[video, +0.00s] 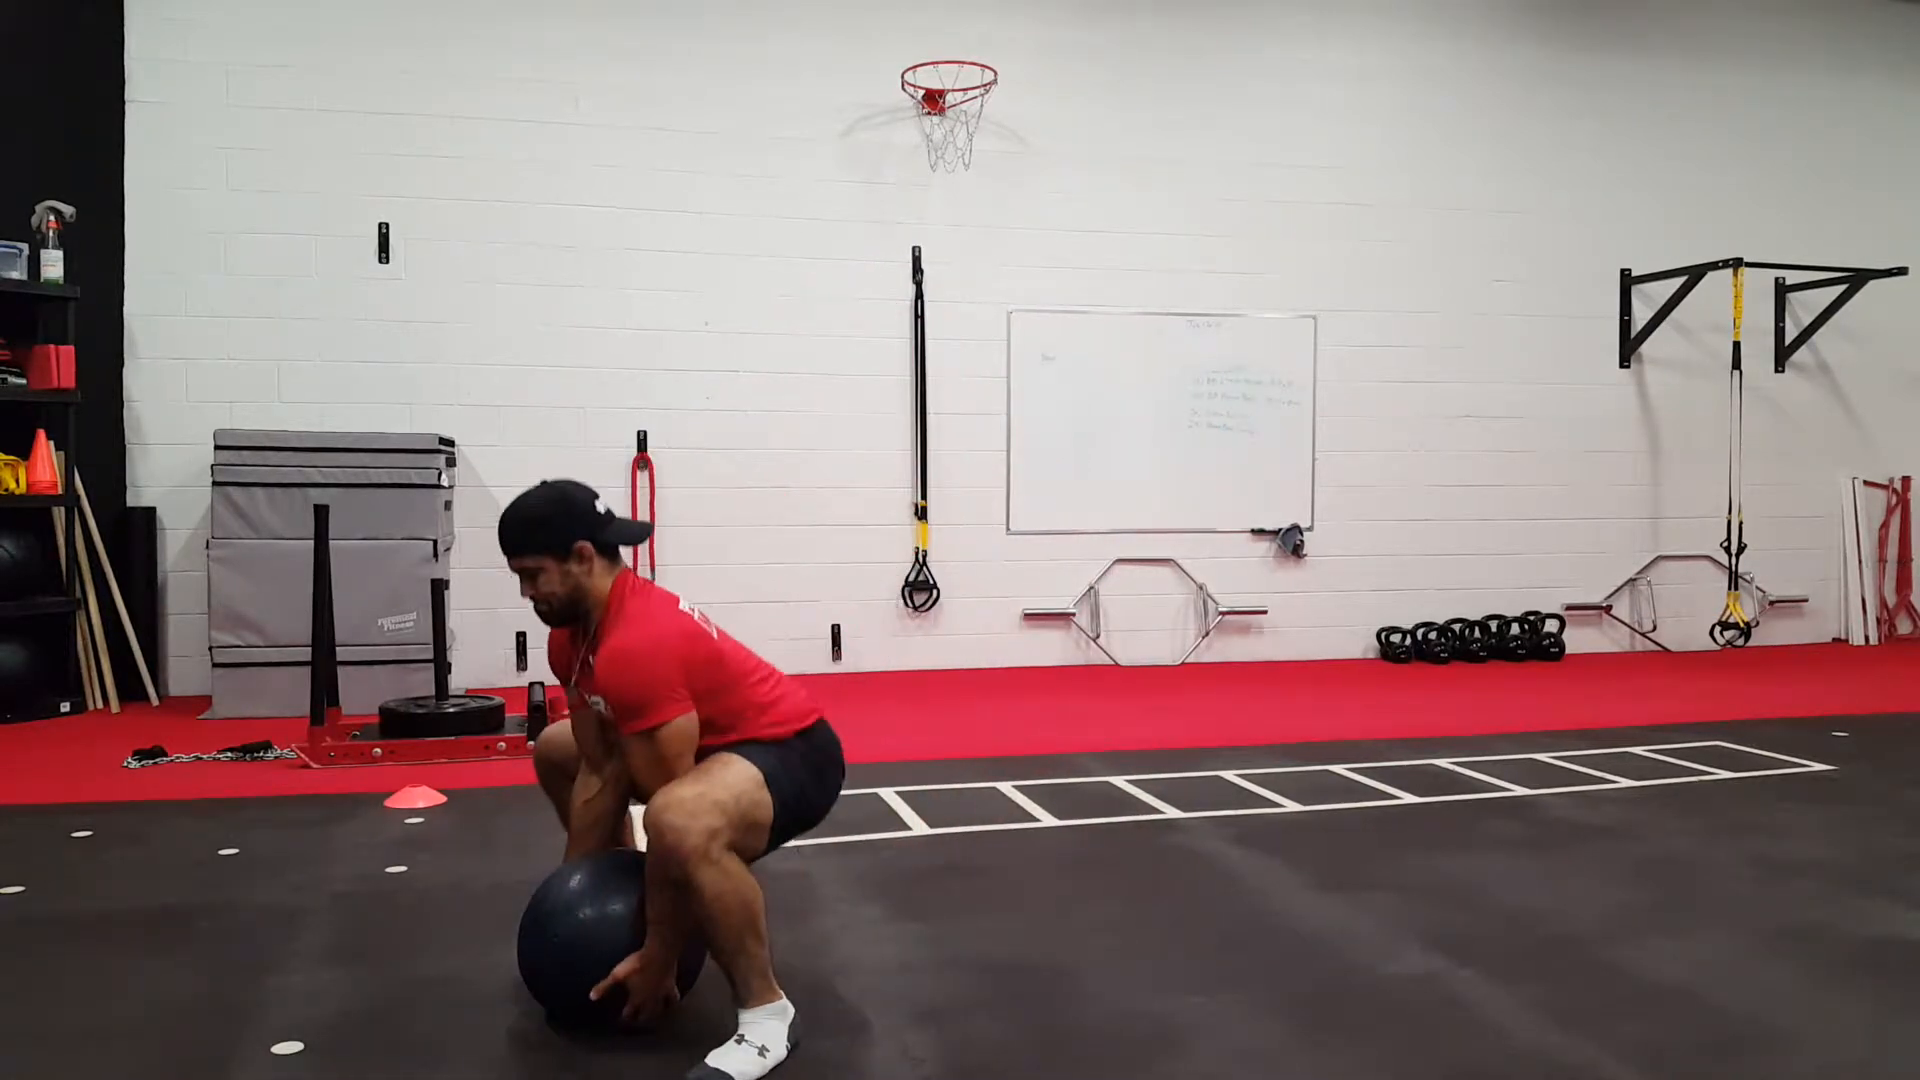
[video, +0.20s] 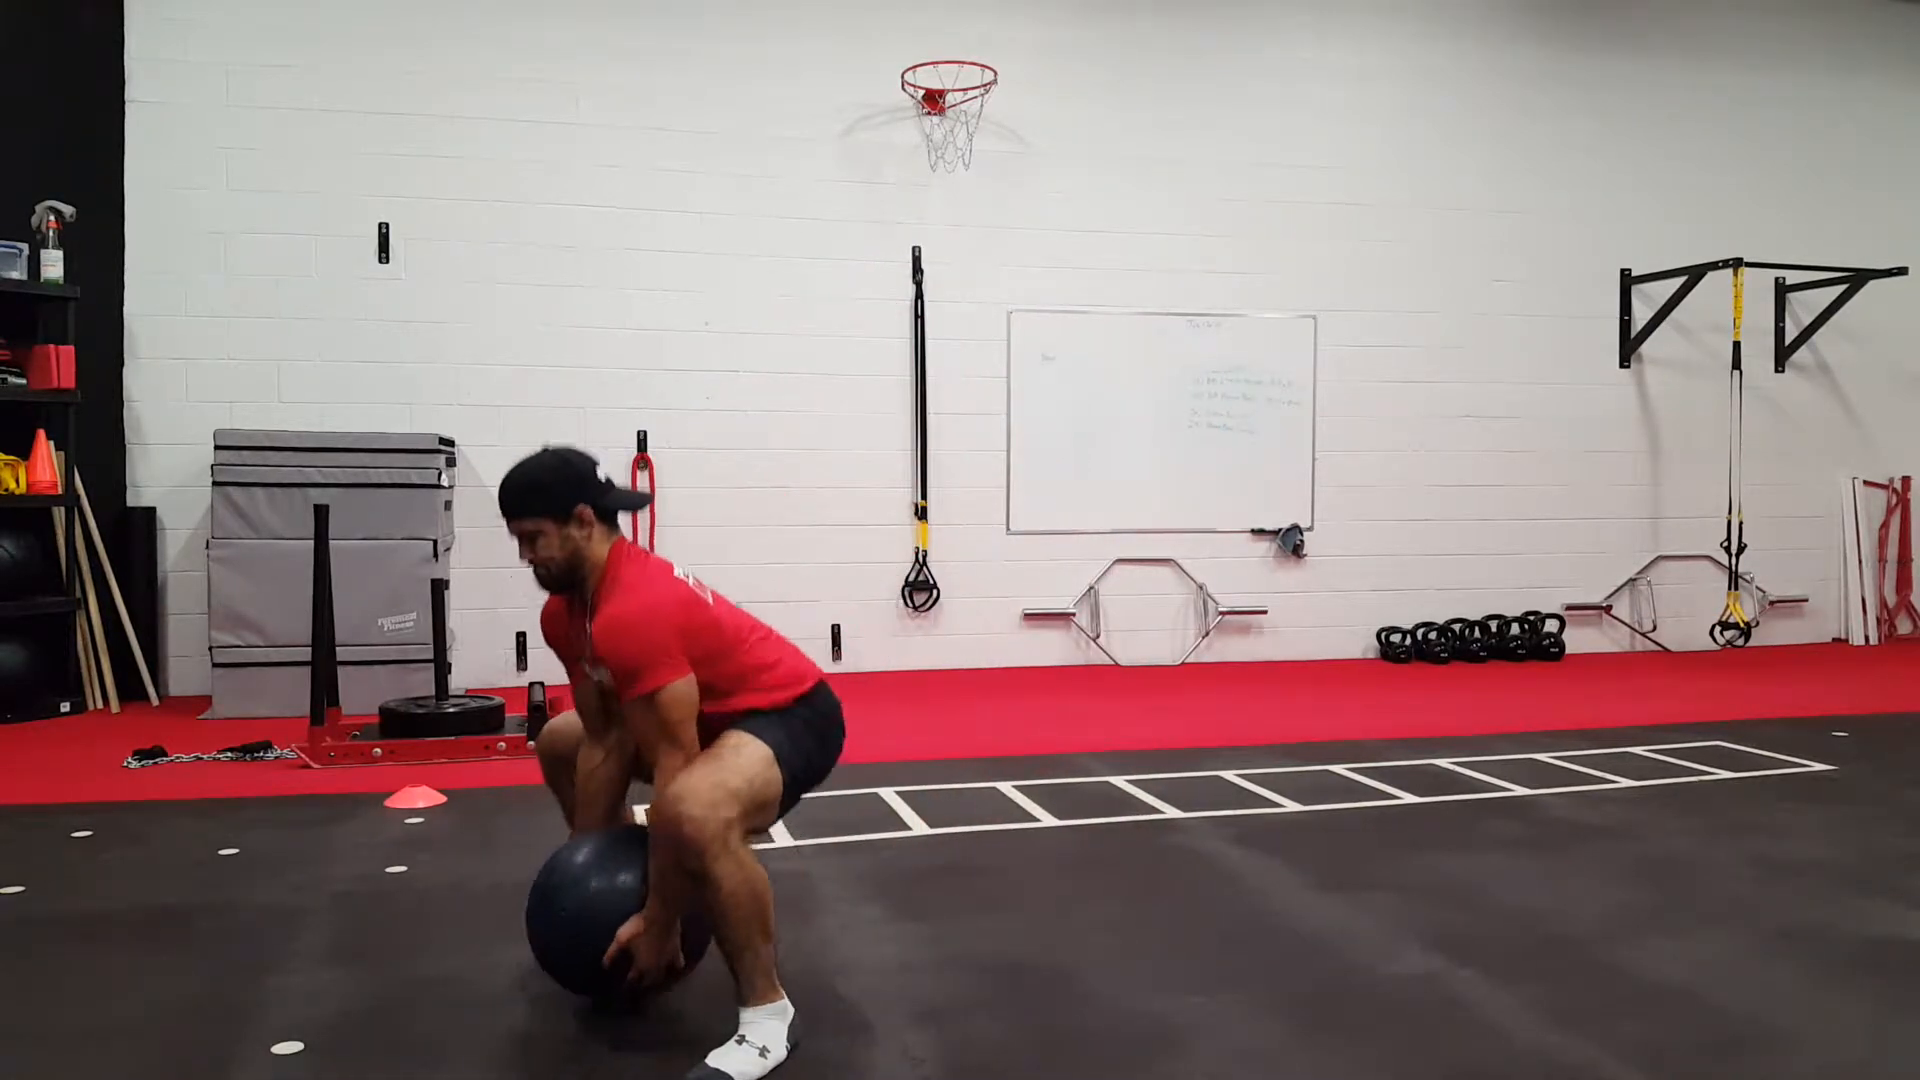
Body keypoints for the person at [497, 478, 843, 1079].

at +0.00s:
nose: (526, 592)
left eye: (532, 575)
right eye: (520, 578)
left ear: (582, 558)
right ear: (578, 559)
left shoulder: (638, 643)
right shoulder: (570, 638)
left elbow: (668, 809)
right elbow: (600, 773)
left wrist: (662, 953)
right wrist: (575, 909)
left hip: (794, 747)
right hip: (703, 743)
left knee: (679, 823)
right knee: (557, 752)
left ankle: (766, 1011)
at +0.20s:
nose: (526, 557)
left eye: (533, 538)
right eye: (519, 542)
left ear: (583, 524)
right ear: (575, 527)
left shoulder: (635, 609)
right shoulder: (563, 614)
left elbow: (677, 768)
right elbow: (603, 740)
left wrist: (661, 919)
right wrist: (594, 886)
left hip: (792, 711)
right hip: (706, 714)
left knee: (692, 814)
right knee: (562, 743)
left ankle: (766, 1012)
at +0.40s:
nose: (526, 526)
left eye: (533, 507)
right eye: (519, 510)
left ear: (584, 492)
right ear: (577, 493)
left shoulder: (626, 567)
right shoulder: (562, 572)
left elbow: (690, 710)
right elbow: (619, 691)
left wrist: (667, 860)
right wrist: (591, 829)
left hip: (804, 681)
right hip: (720, 687)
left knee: (717, 799)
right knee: (577, 730)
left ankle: (773, 1011)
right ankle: (627, 913)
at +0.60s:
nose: (545, 568)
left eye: (553, 551)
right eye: (539, 553)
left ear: (604, 537)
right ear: (599, 539)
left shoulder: (652, 629)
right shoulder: (585, 623)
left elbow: (690, 786)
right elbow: (623, 753)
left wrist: (692, 926)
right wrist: (621, 894)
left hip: (807, 732)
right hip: (720, 730)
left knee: (700, 815)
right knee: (577, 742)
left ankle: (770, 1013)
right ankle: (610, 923)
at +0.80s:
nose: (554, 583)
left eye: (564, 566)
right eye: (550, 568)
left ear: (616, 556)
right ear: (612, 558)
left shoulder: (654, 652)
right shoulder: (592, 641)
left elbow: (690, 802)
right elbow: (632, 772)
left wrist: (698, 947)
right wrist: (620, 909)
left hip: (813, 749)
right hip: (727, 746)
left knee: (701, 814)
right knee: (578, 741)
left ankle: (770, 1015)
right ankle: (620, 929)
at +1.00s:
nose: (554, 566)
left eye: (563, 549)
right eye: (549, 551)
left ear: (615, 539)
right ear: (610, 540)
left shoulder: (650, 636)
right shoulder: (590, 629)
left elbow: (692, 794)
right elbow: (623, 758)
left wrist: (679, 934)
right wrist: (606, 891)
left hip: (807, 737)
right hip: (723, 736)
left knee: (703, 815)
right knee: (574, 742)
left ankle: (767, 1014)